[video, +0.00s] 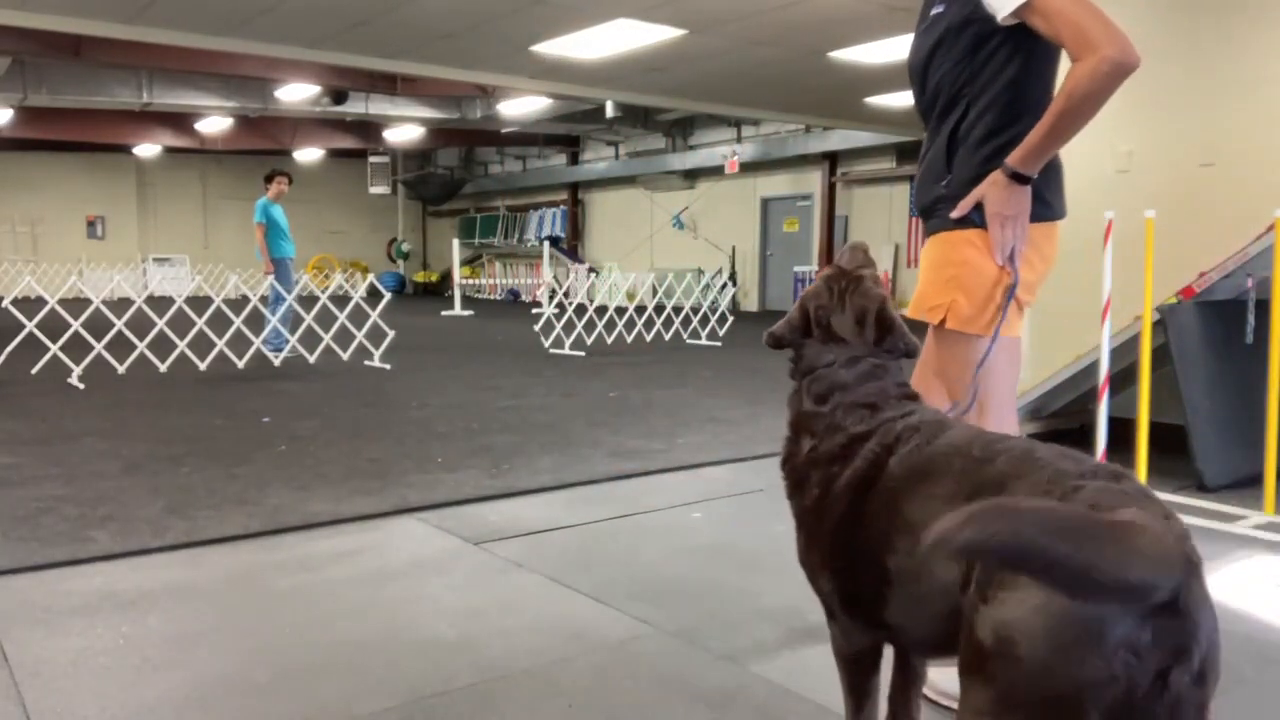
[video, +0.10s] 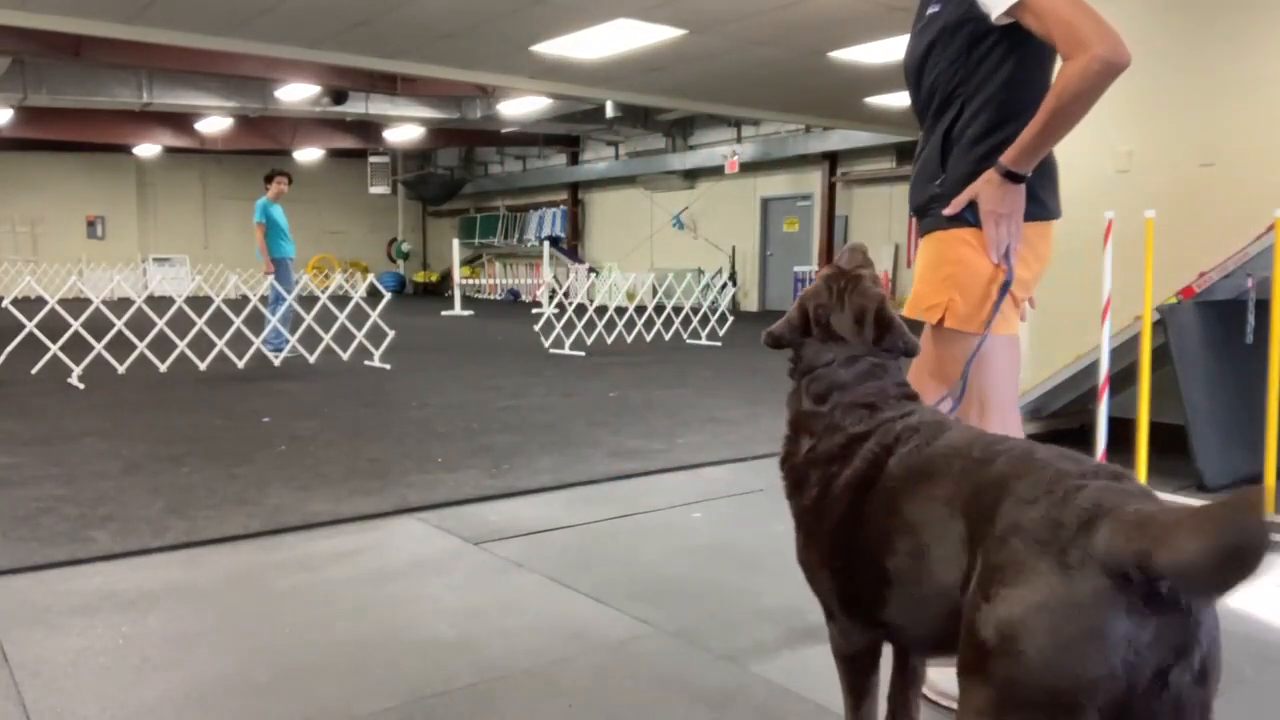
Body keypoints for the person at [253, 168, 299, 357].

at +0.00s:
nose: (283, 188)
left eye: (286, 184)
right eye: (279, 183)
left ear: (288, 188)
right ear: (270, 185)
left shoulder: (277, 207)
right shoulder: (262, 204)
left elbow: (280, 233)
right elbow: (260, 234)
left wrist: (288, 256)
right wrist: (267, 261)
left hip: (286, 256)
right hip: (278, 257)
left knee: (276, 299)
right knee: (286, 298)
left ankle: (272, 340)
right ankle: (276, 342)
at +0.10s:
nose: (283, 188)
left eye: (286, 184)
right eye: (279, 183)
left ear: (287, 188)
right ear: (270, 185)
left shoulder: (277, 206)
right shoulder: (262, 204)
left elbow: (280, 233)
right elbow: (260, 234)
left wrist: (287, 255)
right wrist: (267, 261)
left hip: (286, 256)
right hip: (278, 257)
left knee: (276, 299)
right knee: (286, 298)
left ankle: (272, 340)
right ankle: (276, 342)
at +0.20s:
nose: (283, 188)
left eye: (285, 184)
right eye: (279, 183)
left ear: (287, 188)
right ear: (269, 185)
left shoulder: (277, 206)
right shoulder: (262, 204)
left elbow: (280, 233)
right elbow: (260, 234)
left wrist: (288, 255)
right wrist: (267, 261)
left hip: (286, 256)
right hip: (277, 257)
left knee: (276, 299)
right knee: (286, 298)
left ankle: (272, 340)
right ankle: (276, 342)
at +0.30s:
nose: (283, 188)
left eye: (285, 184)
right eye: (279, 183)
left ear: (287, 188)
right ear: (269, 185)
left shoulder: (277, 207)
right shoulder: (262, 204)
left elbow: (280, 233)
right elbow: (260, 234)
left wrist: (288, 256)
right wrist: (266, 262)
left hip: (286, 256)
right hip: (277, 257)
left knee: (276, 299)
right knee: (286, 298)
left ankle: (272, 340)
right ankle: (276, 342)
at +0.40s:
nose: (282, 187)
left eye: (285, 184)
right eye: (279, 183)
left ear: (287, 188)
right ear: (269, 185)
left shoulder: (276, 206)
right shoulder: (262, 204)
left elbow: (279, 233)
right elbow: (260, 234)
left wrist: (287, 256)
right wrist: (266, 262)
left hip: (286, 256)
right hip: (277, 257)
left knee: (276, 299)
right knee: (286, 298)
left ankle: (272, 340)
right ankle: (276, 342)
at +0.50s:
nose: (282, 187)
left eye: (285, 184)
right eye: (278, 183)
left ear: (287, 188)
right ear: (269, 185)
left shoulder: (276, 207)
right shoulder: (262, 204)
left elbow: (279, 233)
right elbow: (260, 234)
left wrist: (288, 256)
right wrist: (266, 262)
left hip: (286, 256)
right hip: (277, 257)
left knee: (276, 299)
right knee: (286, 299)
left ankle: (272, 340)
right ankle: (276, 342)